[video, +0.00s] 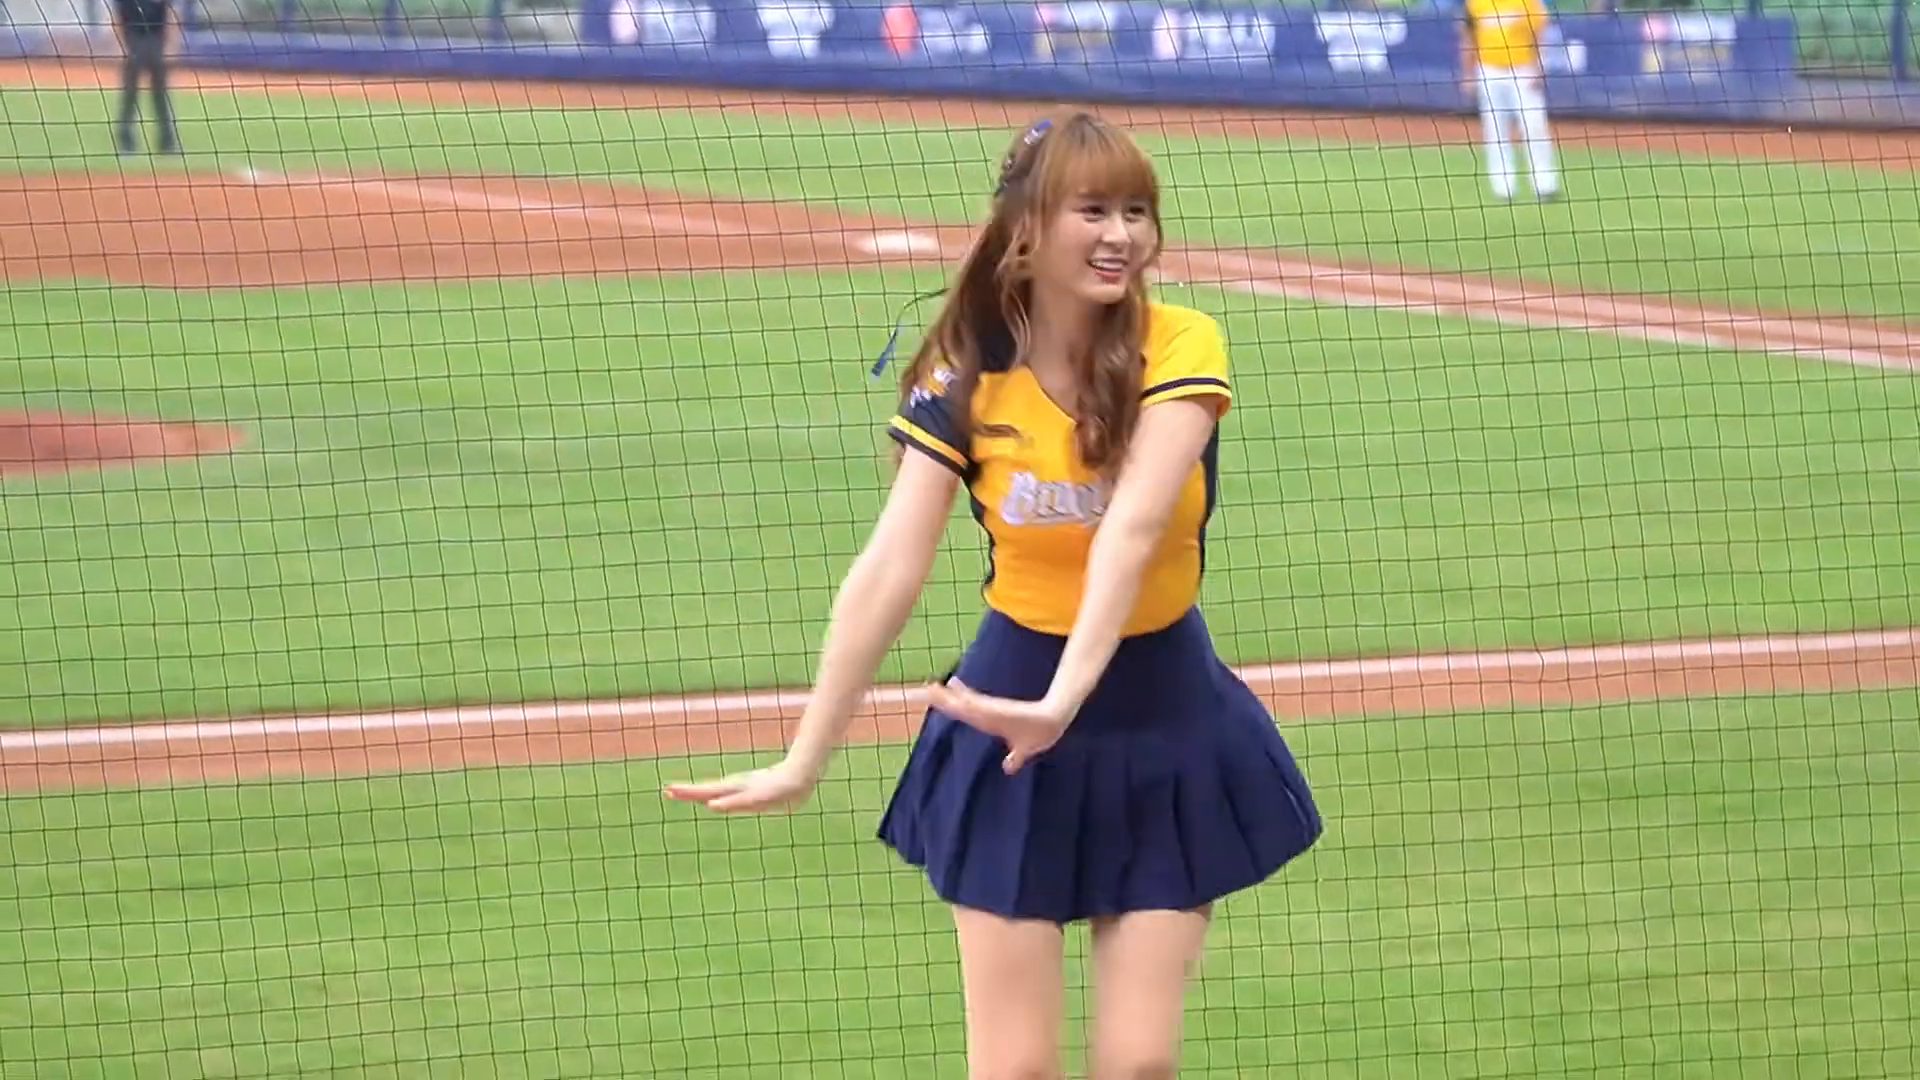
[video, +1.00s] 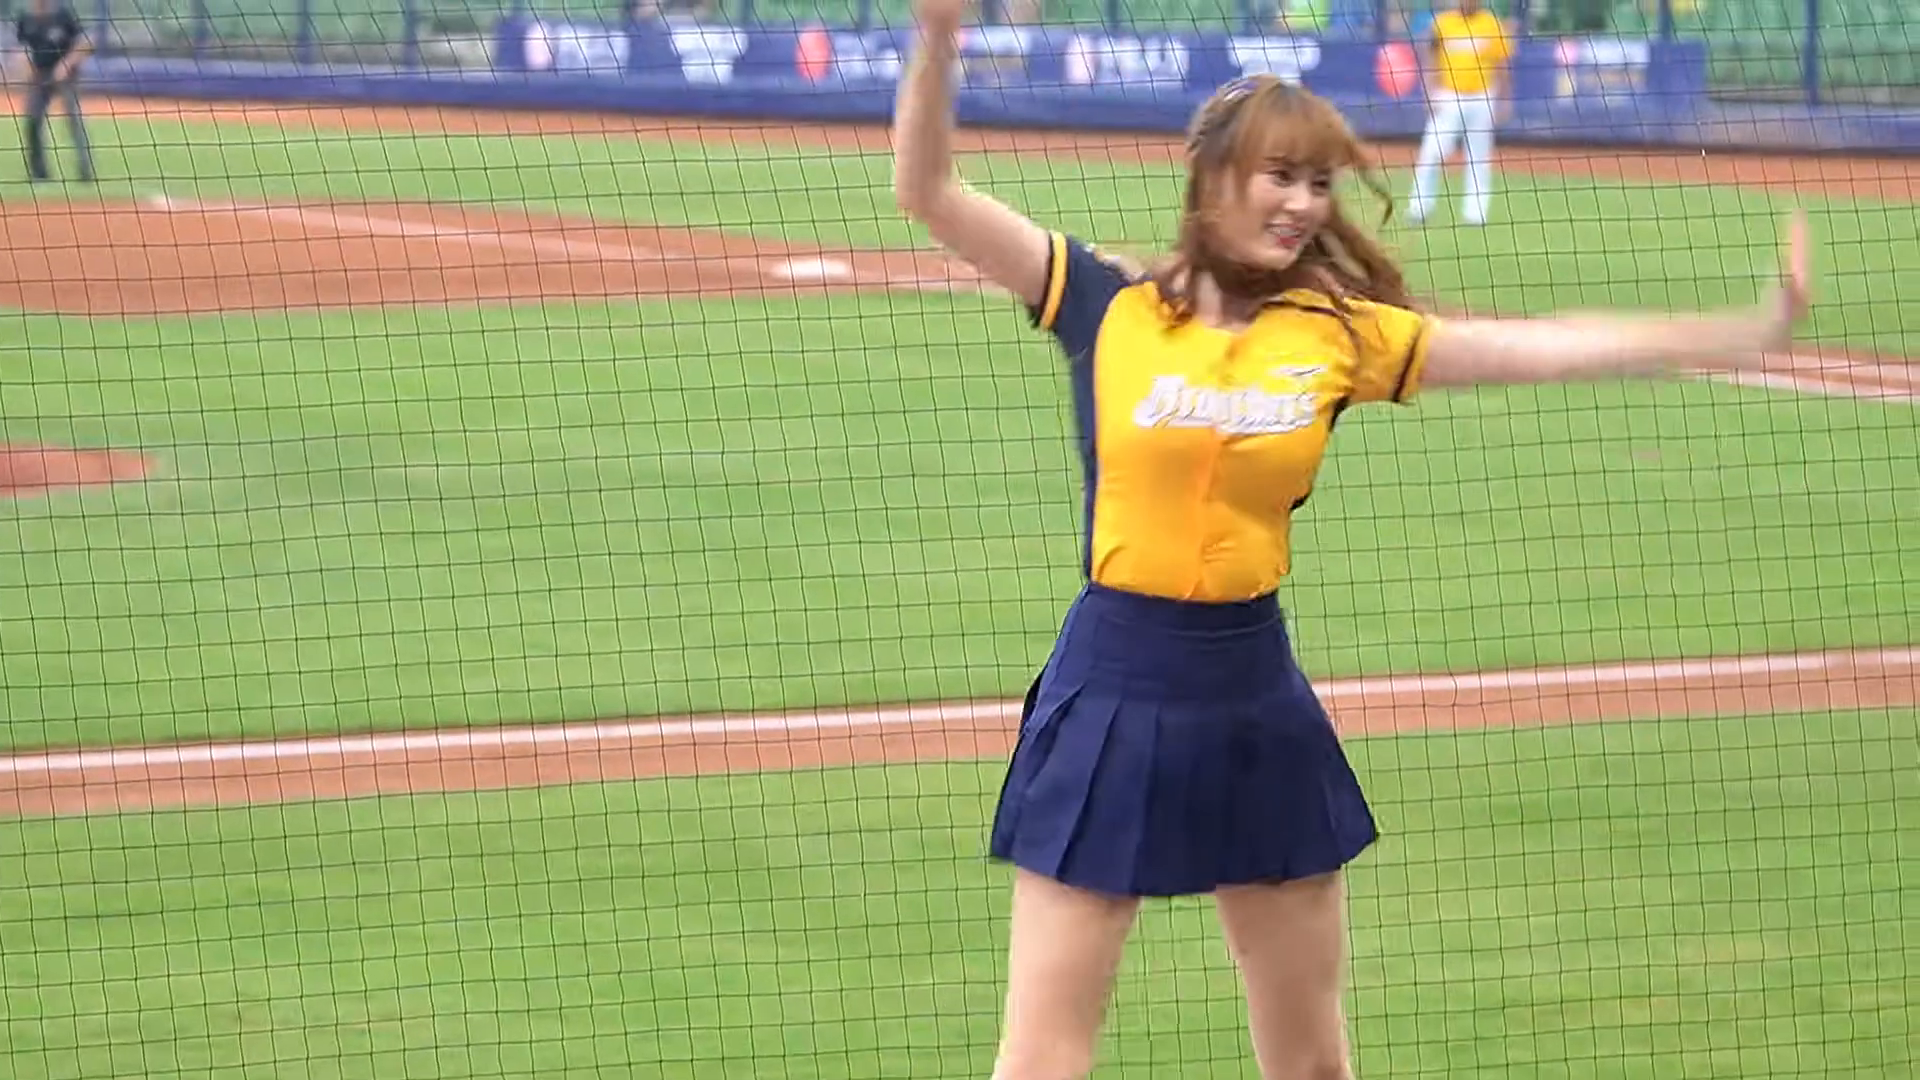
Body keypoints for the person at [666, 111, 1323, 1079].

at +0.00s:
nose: (1119, 234)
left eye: (1135, 212)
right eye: (1089, 210)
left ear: (1156, 230)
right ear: (1023, 234)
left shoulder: (1181, 345)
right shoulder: (964, 370)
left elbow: (1134, 528)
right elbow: (889, 570)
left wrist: (1061, 699)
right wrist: (805, 759)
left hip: (1162, 706)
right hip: (1009, 700)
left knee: (1139, 1059)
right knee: (1011, 1060)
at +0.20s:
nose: (1197, 207)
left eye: (1209, 174)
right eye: (1166, 184)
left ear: (1238, 179)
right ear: (1118, 204)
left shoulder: (1246, 317)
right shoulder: (1070, 324)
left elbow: (1284, 276)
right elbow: (910, 393)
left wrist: (1270, 220)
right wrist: (730, 451)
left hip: (1209, 688)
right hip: (1083, 682)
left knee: (1321, 1041)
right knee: (1050, 1052)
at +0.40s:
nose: (1293, 187)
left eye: (1309, 161)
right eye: (1263, 166)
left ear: (1331, 173)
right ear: (1211, 187)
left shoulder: (1347, 293)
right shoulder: (1174, 298)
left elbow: (1478, 144)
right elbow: (1046, 171)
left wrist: (1589, 11)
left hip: (1300, 698)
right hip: (1180, 686)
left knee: (1369, 1048)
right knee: (1077, 1042)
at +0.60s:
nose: (1404, 183)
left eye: (1422, 163)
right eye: (1376, 162)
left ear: (1441, 186)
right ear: (1318, 184)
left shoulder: (1422, 359)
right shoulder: (1249, 298)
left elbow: (1573, 466)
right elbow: (1079, 352)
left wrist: (1721, 546)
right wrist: (1191, 234)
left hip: (1291, 695)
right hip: (1163, 676)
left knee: (1346, 1052)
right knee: (1222, 1017)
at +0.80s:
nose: (1416, 247)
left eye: (1430, 223)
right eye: (1388, 224)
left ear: (1448, 243)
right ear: (1331, 244)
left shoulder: (1425, 445)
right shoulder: (1239, 361)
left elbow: (1502, 656)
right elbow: (1035, 408)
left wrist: (1579, 825)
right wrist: (1168, 305)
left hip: (1278, 748)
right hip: (1142, 732)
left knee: (1382, 1063)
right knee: (1272, 983)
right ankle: (1003, 1052)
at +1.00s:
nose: (1301, 201)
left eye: (1320, 181)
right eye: (1277, 174)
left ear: (1333, 203)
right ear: (1207, 182)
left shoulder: (1346, 333)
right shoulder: (1101, 299)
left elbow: (1545, 346)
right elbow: (924, 190)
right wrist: (933, 36)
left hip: (1258, 697)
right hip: (1106, 689)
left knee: (1307, 1054)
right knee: (1043, 1050)